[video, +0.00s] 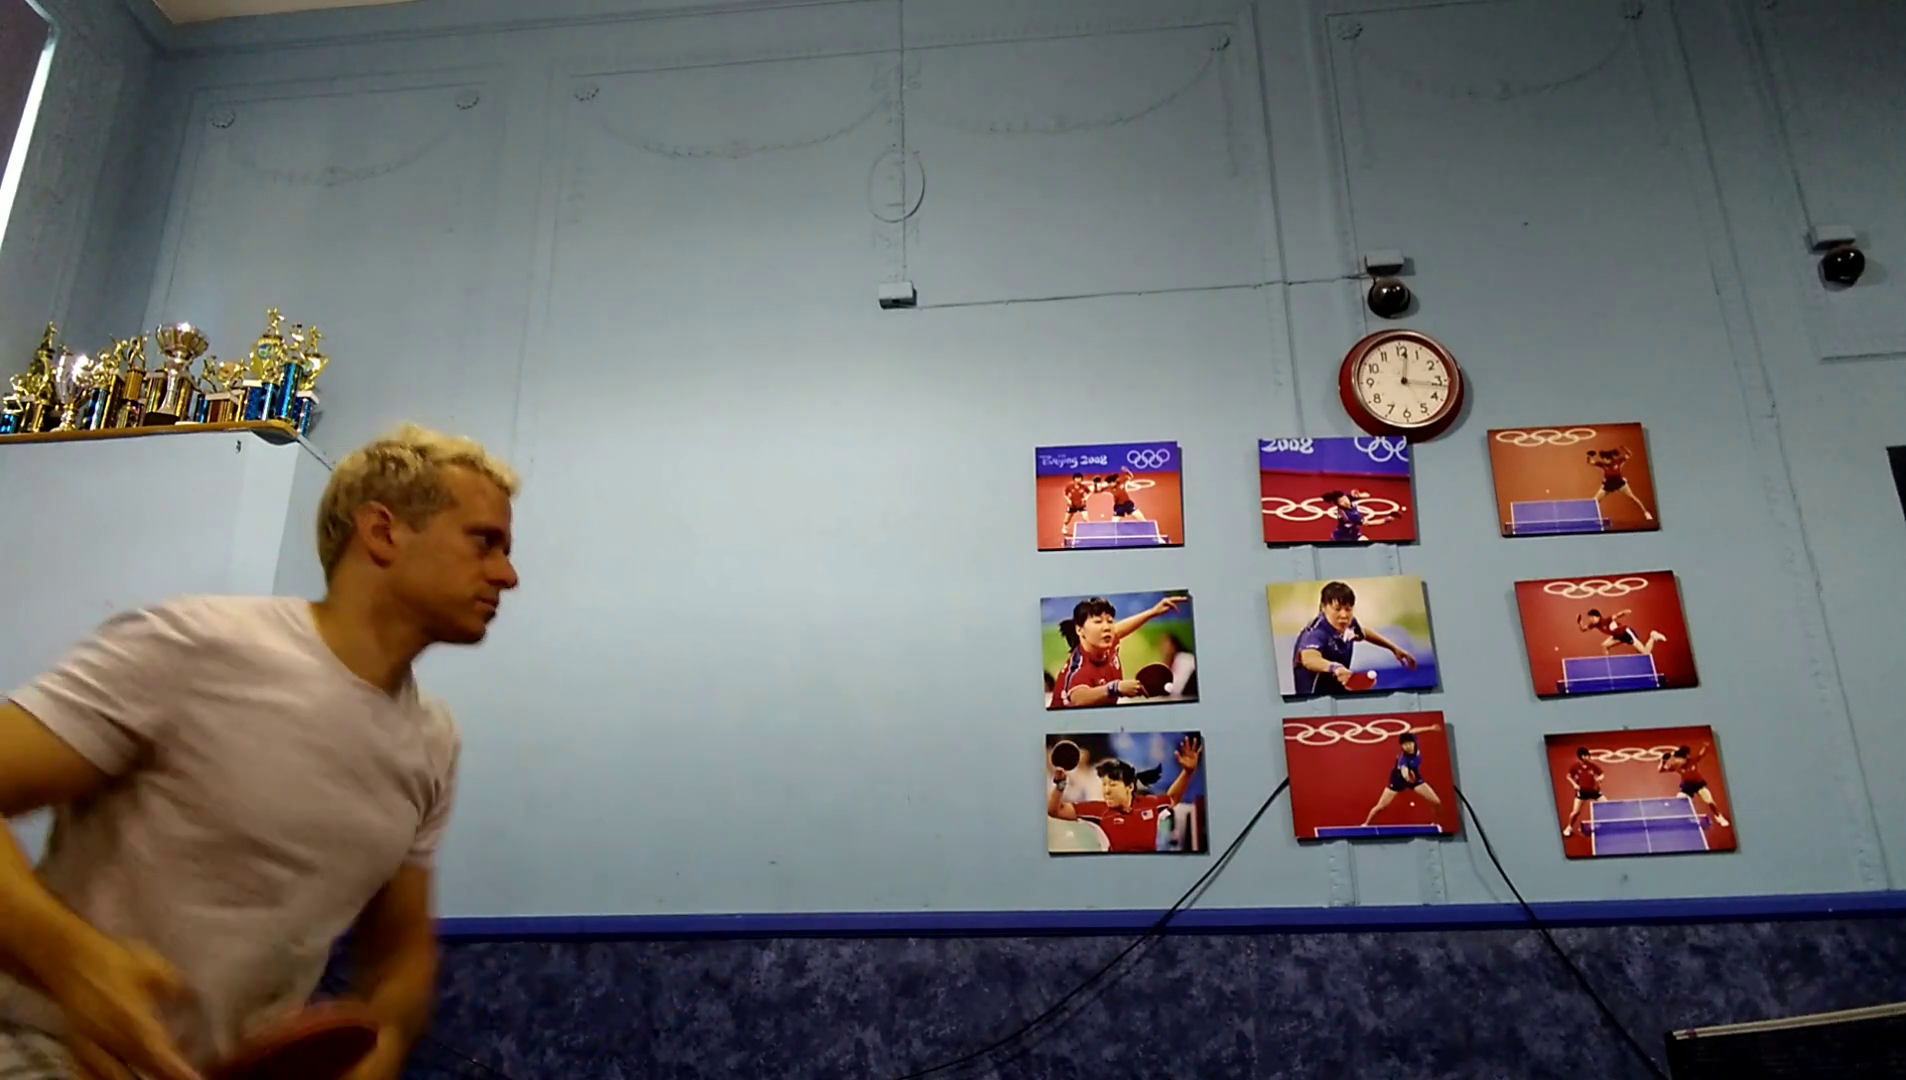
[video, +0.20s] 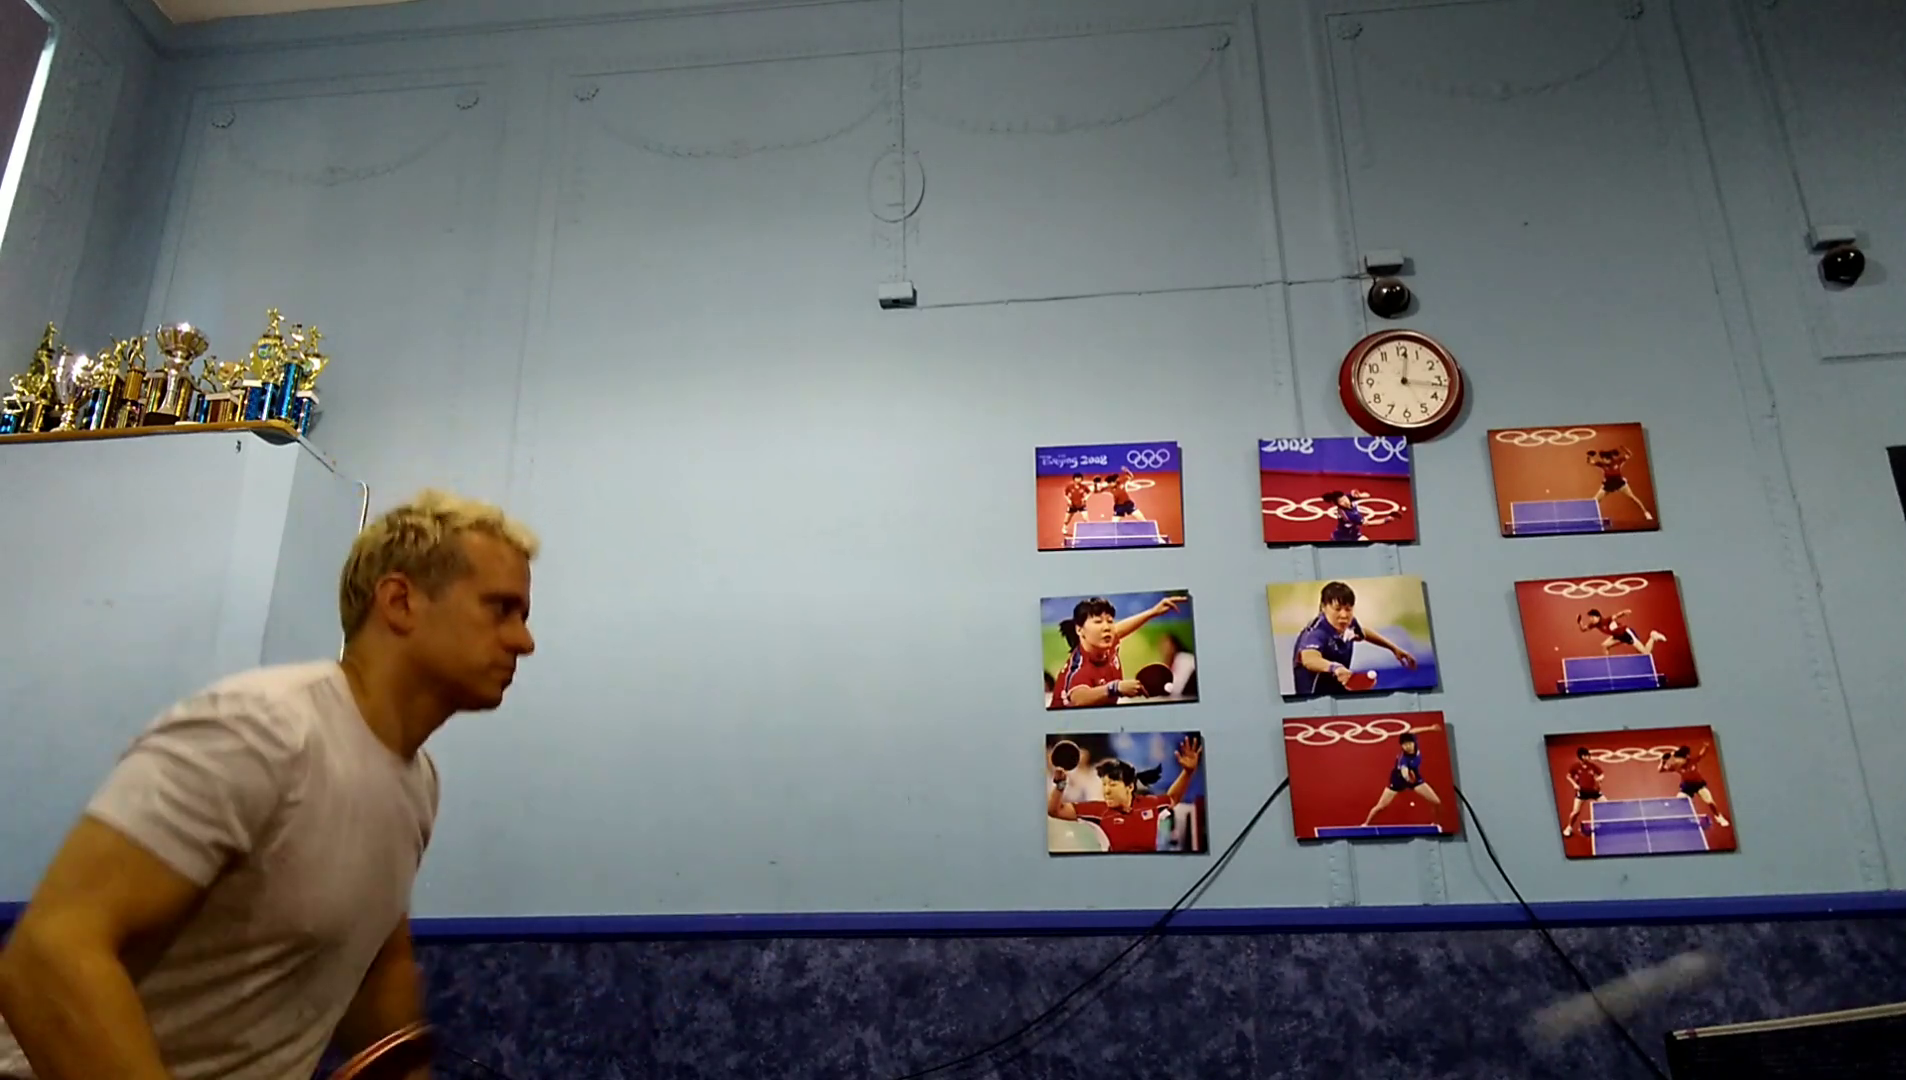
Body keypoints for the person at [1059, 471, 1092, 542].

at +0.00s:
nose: (1078, 481)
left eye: (1080, 479)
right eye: (1077, 479)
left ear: (1081, 480)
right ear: (1074, 480)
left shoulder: (1083, 487)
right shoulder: (1070, 487)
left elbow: (1089, 492)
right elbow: (1065, 494)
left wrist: (1085, 498)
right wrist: (1068, 500)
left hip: (1081, 505)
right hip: (1072, 505)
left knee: (1086, 519)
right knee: (1067, 520)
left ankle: (1089, 530)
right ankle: (1064, 528)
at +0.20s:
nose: (1078, 480)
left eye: (1079, 479)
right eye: (1077, 479)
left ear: (1081, 479)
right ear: (1074, 479)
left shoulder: (1083, 487)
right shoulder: (1070, 487)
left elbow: (1089, 492)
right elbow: (1065, 494)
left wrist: (1085, 498)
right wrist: (1068, 500)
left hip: (1081, 505)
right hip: (1072, 505)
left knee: (1086, 519)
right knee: (1067, 520)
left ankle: (1089, 530)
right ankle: (1064, 528)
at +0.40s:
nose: (1078, 480)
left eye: (1079, 479)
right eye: (1077, 479)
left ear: (1081, 479)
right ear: (1074, 479)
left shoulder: (1083, 487)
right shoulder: (1070, 487)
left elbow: (1089, 492)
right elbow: (1065, 494)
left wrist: (1085, 498)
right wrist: (1068, 500)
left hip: (1081, 505)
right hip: (1072, 505)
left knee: (1086, 519)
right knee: (1067, 520)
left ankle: (1089, 530)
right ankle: (1064, 528)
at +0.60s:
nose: (1078, 480)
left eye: (1079, 479)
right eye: (1077, 479)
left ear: (1081, 479)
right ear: (1074, 479)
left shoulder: (1083, 487)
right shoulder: (1070, 487)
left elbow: (1089, 492)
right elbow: (1065, 494)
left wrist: (1085, 498)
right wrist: (1068, 500)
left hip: (1081, 505)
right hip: (1072, 505)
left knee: (1086, 519)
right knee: (1066, 520)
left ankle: (1090, 530)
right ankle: (1064, 529)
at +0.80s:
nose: (1078, 481)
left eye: (1079, 479)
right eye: (1077, 479)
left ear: (1081, 480)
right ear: (1074, 480)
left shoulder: (1083, 487)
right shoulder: (1070, 487)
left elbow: (1089, 492)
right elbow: (1065, 494)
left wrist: (1085, 498)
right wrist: (1068, 500)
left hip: (1081, 505)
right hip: (1072, 505)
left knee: (1086, 519)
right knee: (1066, 520)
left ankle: (1090, 531)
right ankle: (1064, 529)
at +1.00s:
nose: (1078, 481)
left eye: (1080, 479)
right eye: (1077, 479)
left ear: (1081, 480)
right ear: (1074, 480)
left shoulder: (1083, 487)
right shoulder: (1070, 487)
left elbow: (1089, 492)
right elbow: (1065, 494)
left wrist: (1085, 498)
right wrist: (1068, 500)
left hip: (1081, 505)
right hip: (1072, 505)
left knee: (1086, 519)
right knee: (1067, 520)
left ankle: (1089, 530)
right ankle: (1064, 529)